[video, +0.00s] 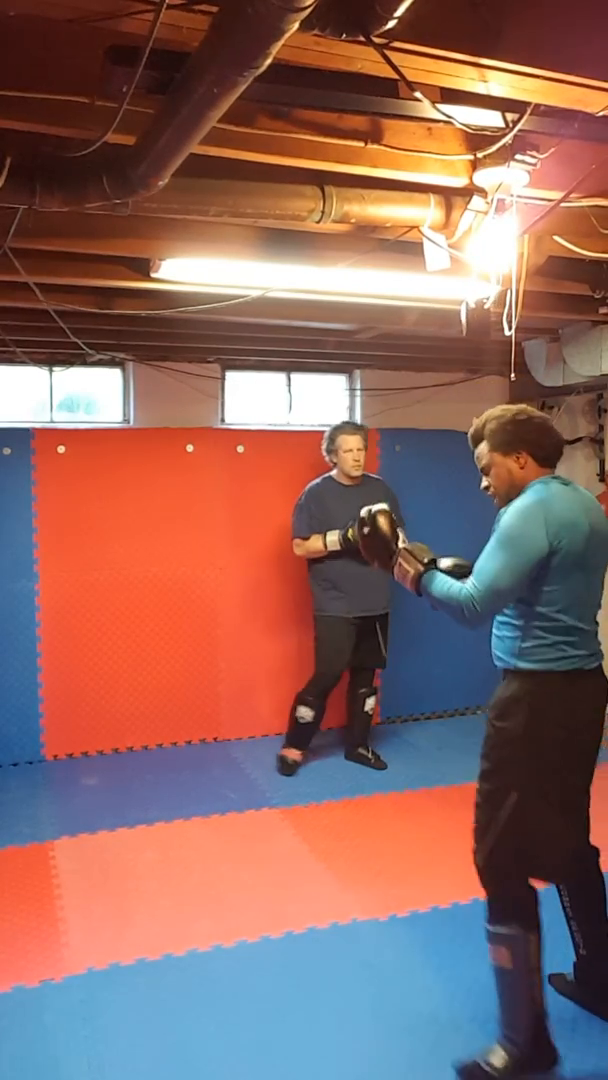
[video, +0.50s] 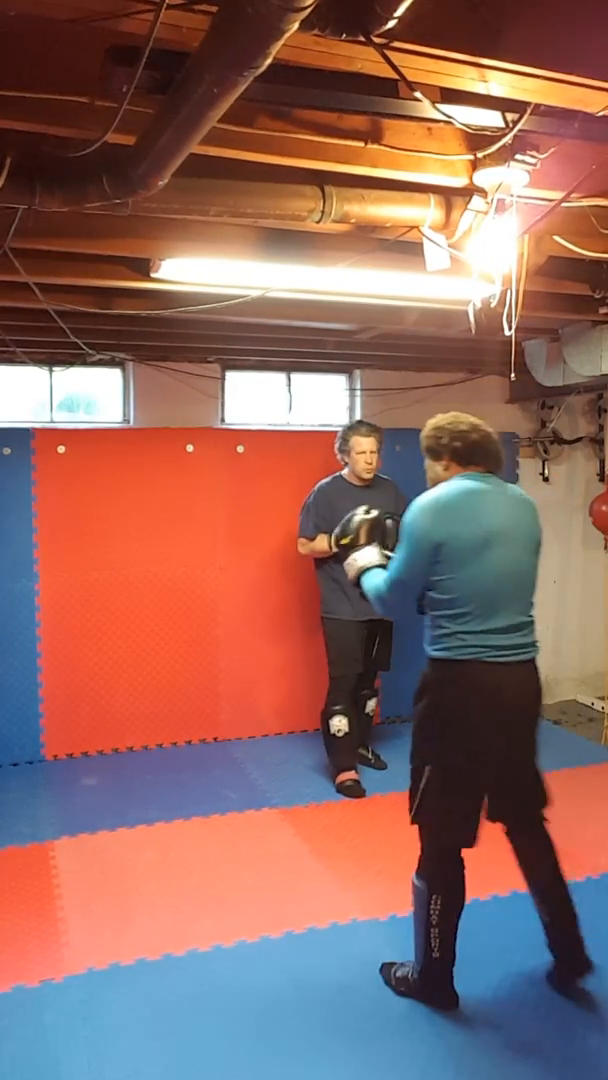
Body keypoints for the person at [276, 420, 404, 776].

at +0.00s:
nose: (357, 457)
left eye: (361, 450)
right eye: (349, 451)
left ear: (367, 452)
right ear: (332, 455)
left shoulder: (381, 490)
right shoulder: (315, 493)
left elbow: (398, 536)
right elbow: (301, 547)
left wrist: (390, 541)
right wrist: (346, 537)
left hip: (375, 603)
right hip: (333, 604)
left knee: (366, 674)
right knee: (329, 672)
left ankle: (358, 744)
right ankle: (295, 747)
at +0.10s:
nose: (361, 457)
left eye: (366, 451)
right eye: (353, 452)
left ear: (372, 453)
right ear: (337, 455)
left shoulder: (385, 489)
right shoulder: (319, 492)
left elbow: (401, 535)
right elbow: (304, 545)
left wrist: (420, 555)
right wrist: (347, 539)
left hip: (377, 602)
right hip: (336, 601)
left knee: (367, 675)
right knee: (336, 672)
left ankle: (358, 745)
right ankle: (311, 751)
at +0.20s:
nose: (366, 459)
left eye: (370, 452)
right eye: (358, 453)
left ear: (376, 454)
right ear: (341, 455)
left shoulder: (388, 490)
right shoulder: (322, 492)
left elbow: (404, 535)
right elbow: (304, 544)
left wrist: (394, 547)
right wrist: (344, 540)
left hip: (378, 601)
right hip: (338, 601)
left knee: (368, 675)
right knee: (342, 673)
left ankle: (358, 745)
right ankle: (324, 756)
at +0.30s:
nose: (368, 460)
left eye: (373, 453)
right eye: (361, 453)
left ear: (379, 454)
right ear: (343, 455)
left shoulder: (389, 490)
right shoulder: (324, 492)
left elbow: (403, 539)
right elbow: (305, 544)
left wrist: (413, 558)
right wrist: (350, 538)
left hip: (379, 603)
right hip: (340, 603)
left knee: (369, 676)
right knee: (345, 674)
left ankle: (359, 744)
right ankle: (337, 760)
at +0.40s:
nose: (369, 460)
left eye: (374, 453)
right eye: (362, 453)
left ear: (380, 454)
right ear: (345, 455)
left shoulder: (390, 492)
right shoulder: (324, 493)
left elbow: (405, 537)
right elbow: (306, 544)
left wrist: (388, 543)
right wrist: (348, 537)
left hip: (380, 605)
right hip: (341, 607)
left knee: (368, 679)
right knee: (345, 681)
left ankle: (360, 744)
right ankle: (344, 764)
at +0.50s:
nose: (370, 460)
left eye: (374, 453)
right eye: (362, 453)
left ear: (380, 453)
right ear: (344, 455)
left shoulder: (391, 492)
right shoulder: (324, 493)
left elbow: (409, 536)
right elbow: (305, 545)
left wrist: (384, 544)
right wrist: (342, 542)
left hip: (381, 605)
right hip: (341, 607)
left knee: (368, 679)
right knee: (344, 683)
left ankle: (360, 744)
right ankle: (343, 766)